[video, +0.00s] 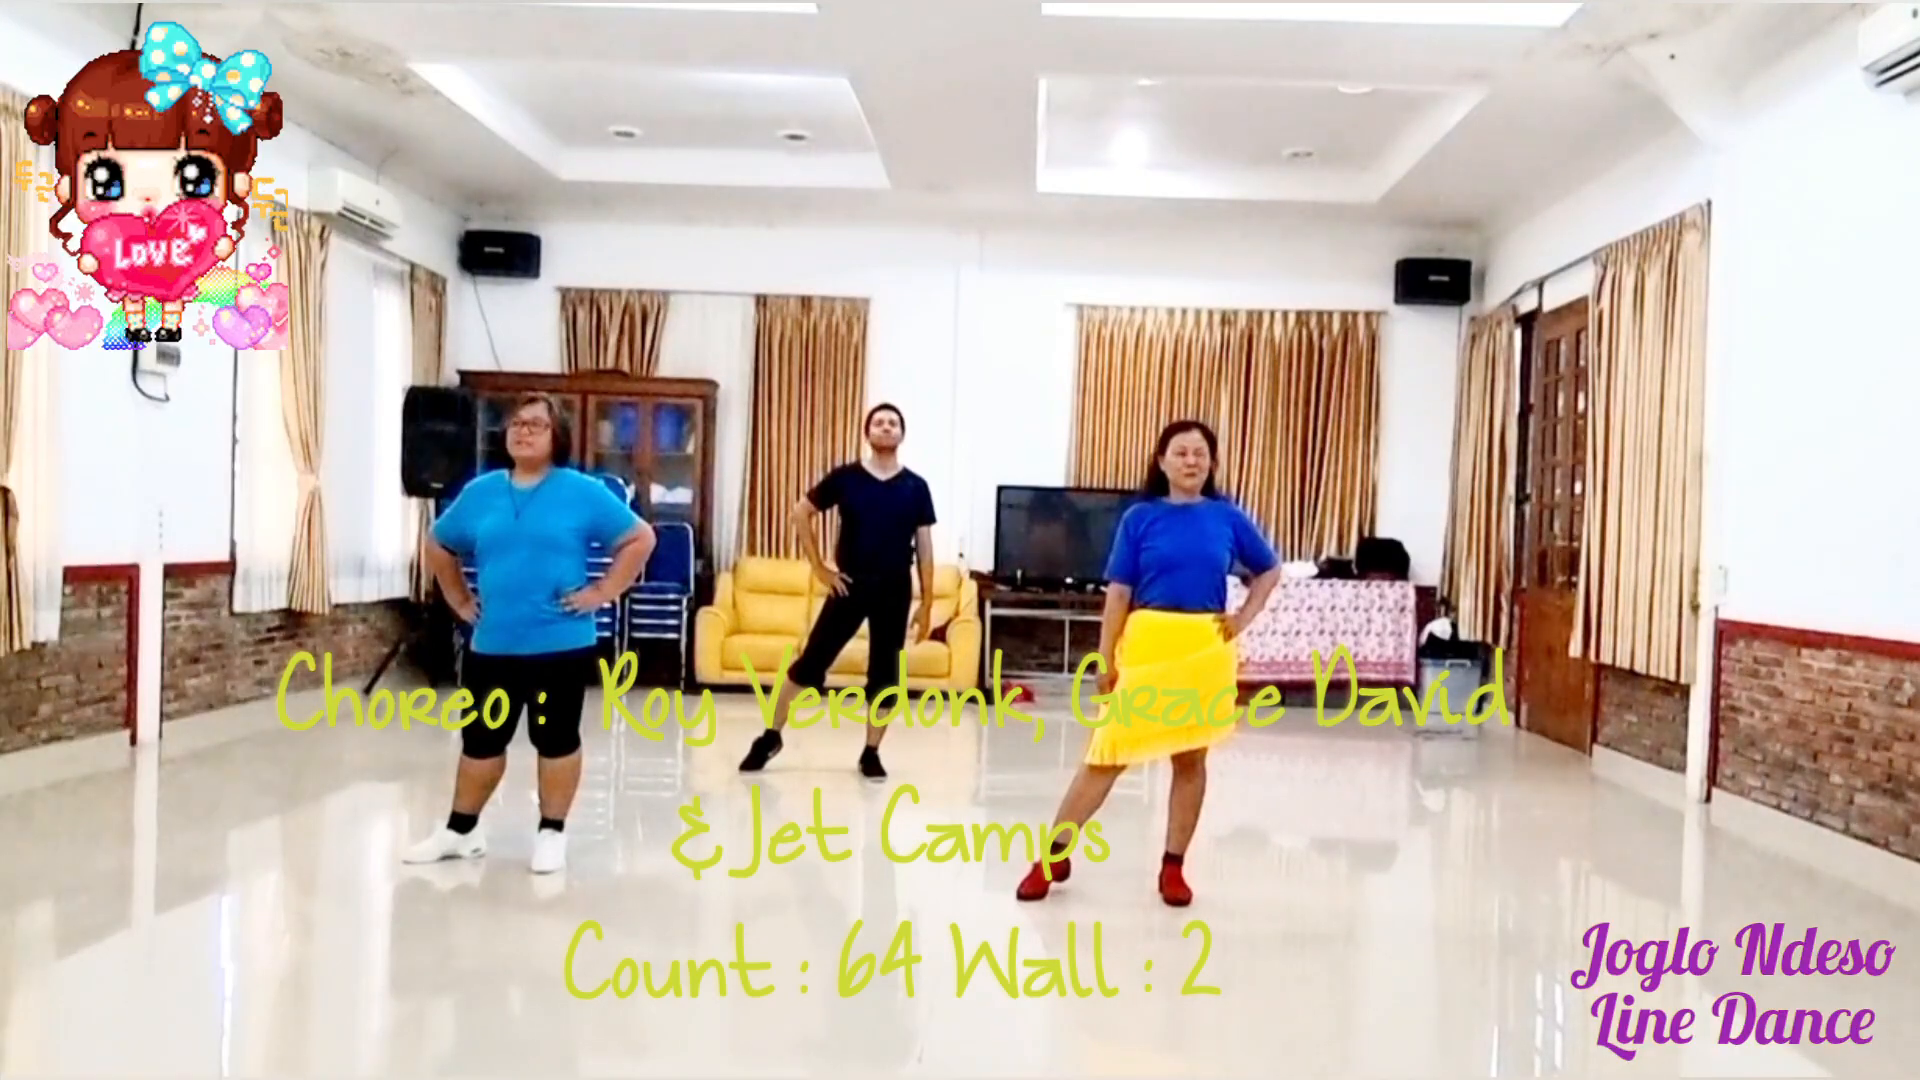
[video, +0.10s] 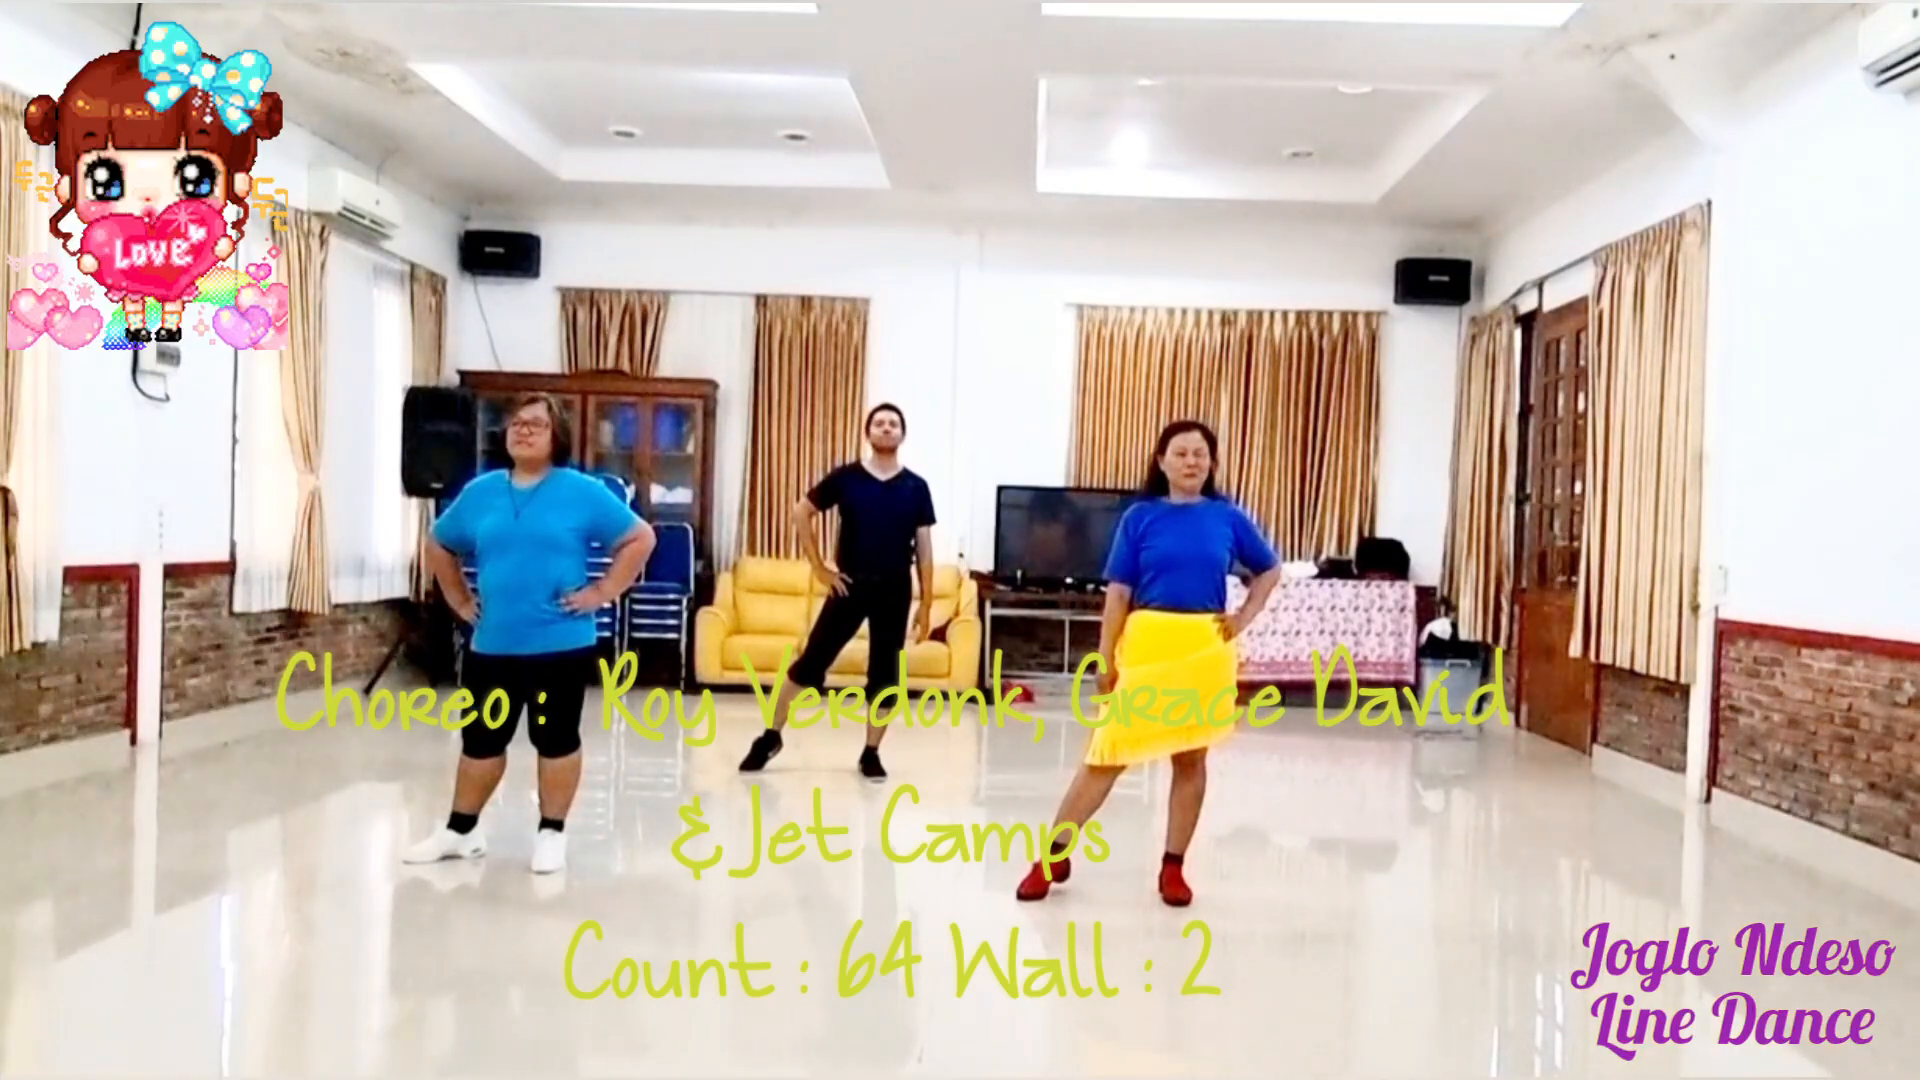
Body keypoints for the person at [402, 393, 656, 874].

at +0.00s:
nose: (525, 432)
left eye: (536, 426)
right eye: (518, 425)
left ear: (555, 437)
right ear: (506, 435)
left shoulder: (582, 492)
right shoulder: (481, 492)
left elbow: (641, 537)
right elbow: (437, 544)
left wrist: (605, 590)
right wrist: (460, 599)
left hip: (562, 644)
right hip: (493, 643)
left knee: (556, 740)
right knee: (480, 739)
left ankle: (551, 832)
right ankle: (461, 831)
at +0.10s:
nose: (524, 431)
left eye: (536, 426)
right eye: (517, 424)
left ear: (554, 437)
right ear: (506, 435)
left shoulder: (582, 491)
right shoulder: (481, 492)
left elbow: (641, 537)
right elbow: (437, 544)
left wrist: (605, 590)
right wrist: (460, 599)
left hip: (562, 644)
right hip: (494, 643)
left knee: (556, 741)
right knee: (480, 740)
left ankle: (551, 833)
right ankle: (461, 831)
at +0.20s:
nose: (523, 431)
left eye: (535, 426)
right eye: (517, 425)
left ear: (554, 438)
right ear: (506, 435)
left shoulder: (582, 492)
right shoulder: (481, 492)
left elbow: (641, 536)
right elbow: (437, 544)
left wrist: (605, 590)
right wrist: (459, 599)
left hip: (562, 645)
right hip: (494, 643)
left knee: (556, 741)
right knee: (480, 739)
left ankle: (551, 832)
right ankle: (461, 830)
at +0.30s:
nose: (524, 432)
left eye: (535, 426)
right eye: (517, 425)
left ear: (555, 437)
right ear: (506, 434)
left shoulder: (582, 491)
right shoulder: (482, 491)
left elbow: (641, 537)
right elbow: (437, 543)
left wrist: (605, 590)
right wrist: (459, 598)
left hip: (561, 645)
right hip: (493, 643)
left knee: (556, 741)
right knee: (480, 740)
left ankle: (551, 832)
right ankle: (460, 830)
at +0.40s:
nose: (524, 432)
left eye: (535, 426)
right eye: (517, 425)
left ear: (555, 437)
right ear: (506, 434)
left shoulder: (582, 491)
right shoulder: (482, 491)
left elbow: (641, 536)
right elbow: (437, 544)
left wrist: (605, 590)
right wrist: (460, 599)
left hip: (561, 645)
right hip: (494, 643)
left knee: (556, 741)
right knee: (480, 739)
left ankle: (551, 833)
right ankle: (461, 830)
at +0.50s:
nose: (524, 432)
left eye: (536, 426)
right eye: (517, 425)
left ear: (555, 437)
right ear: (506, 435)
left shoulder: (582, 491)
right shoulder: (482, 491)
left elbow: (640, 536)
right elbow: (438, 545)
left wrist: (605, 590)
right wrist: (460, 600)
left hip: (562, 645)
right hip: (494, 643)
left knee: (556, 741)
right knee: (480, 740)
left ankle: (551, 833)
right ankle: (461, 830)